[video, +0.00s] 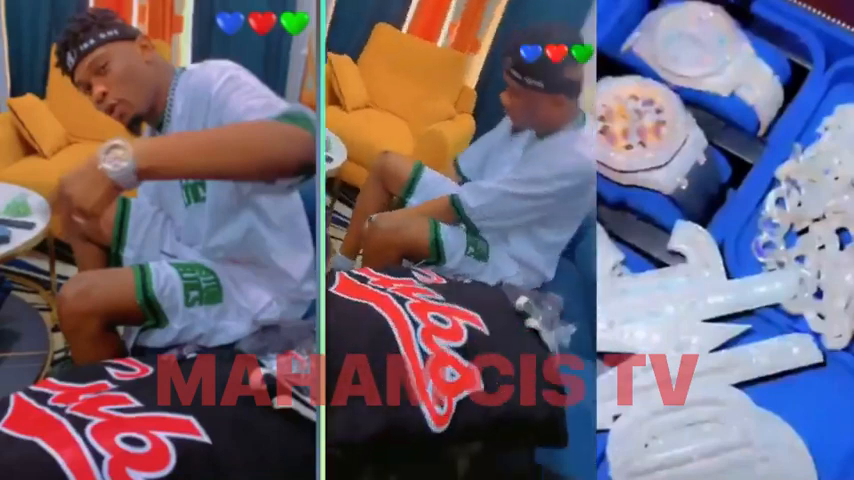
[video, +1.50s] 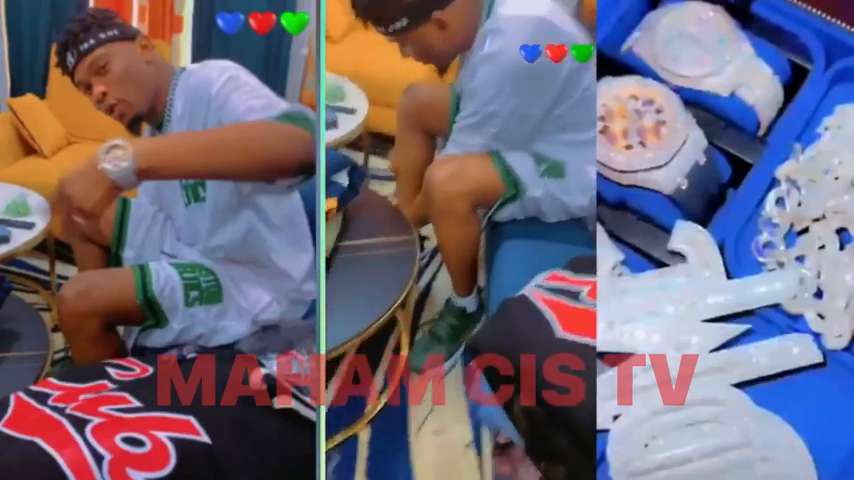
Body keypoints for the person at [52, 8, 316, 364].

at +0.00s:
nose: (97, 94)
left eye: (102, 70)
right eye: (87, 89)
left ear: (145, 48)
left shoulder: (213, 81)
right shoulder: (153, 134)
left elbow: (299, 145)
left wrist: (131, 160)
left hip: (261, 278)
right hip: (191, 252)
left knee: (80, 300)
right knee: (83, 214)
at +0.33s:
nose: (97, 94)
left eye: (102, 70)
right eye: (87, 89)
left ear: (145, 48)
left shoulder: (214, 81)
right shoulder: (153, 134)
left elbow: (298, 146)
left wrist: (131, 160)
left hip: (261, 278)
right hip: (192, 252)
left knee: (80, 300)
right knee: (83, 213)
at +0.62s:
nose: (97, 94)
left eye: (102, 70)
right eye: (87, 89)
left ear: (145, 48)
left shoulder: (214, 81)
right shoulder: (153, 135)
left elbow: (298, 146)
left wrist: (131, 160)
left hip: (261, 278)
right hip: (192, 252)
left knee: (80, 300)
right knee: (83, 213)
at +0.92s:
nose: (97, 94)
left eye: (102, 70)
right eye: (87, 89)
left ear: (145, 48)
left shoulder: (213, 81)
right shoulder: (153, 134)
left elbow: (298, 146)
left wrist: (131, 160)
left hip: (261, 278)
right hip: (192, 252)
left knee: (80, 300)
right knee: (83, 214)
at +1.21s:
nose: (97, 94)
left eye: (102, 70)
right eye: (87, 89)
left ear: (145, 48)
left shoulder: (213, 81)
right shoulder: (153, 133)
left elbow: (298, 146)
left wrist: (131, 160)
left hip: (261, 279)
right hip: (192, 253)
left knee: (80, 299)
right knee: (84, 214)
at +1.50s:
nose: (97, 94)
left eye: (102, 70)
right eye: (87, 89)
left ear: (144, 48)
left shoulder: (213, 81)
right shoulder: (152, 136)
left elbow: (297, 146)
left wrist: (131, 161)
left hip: (262, 279)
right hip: (192, 253)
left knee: (79, 300)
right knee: (84, 214)